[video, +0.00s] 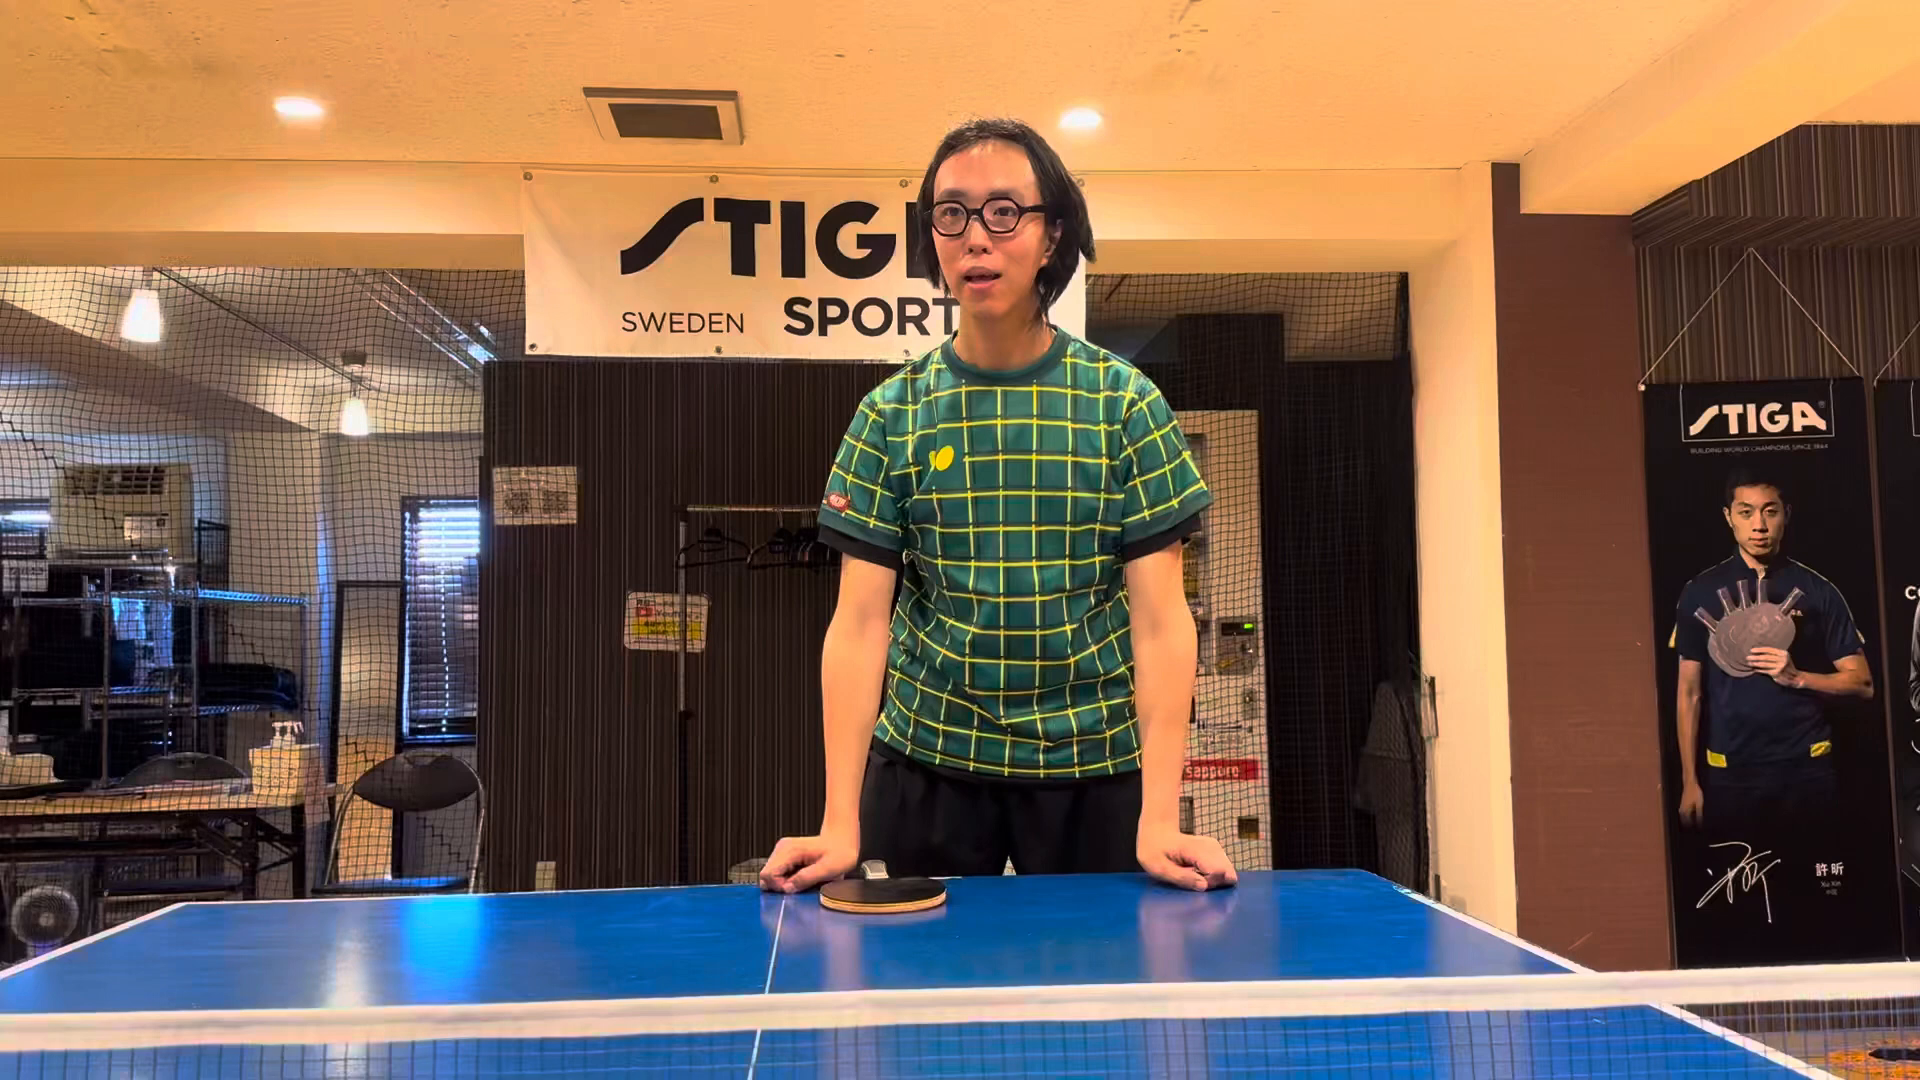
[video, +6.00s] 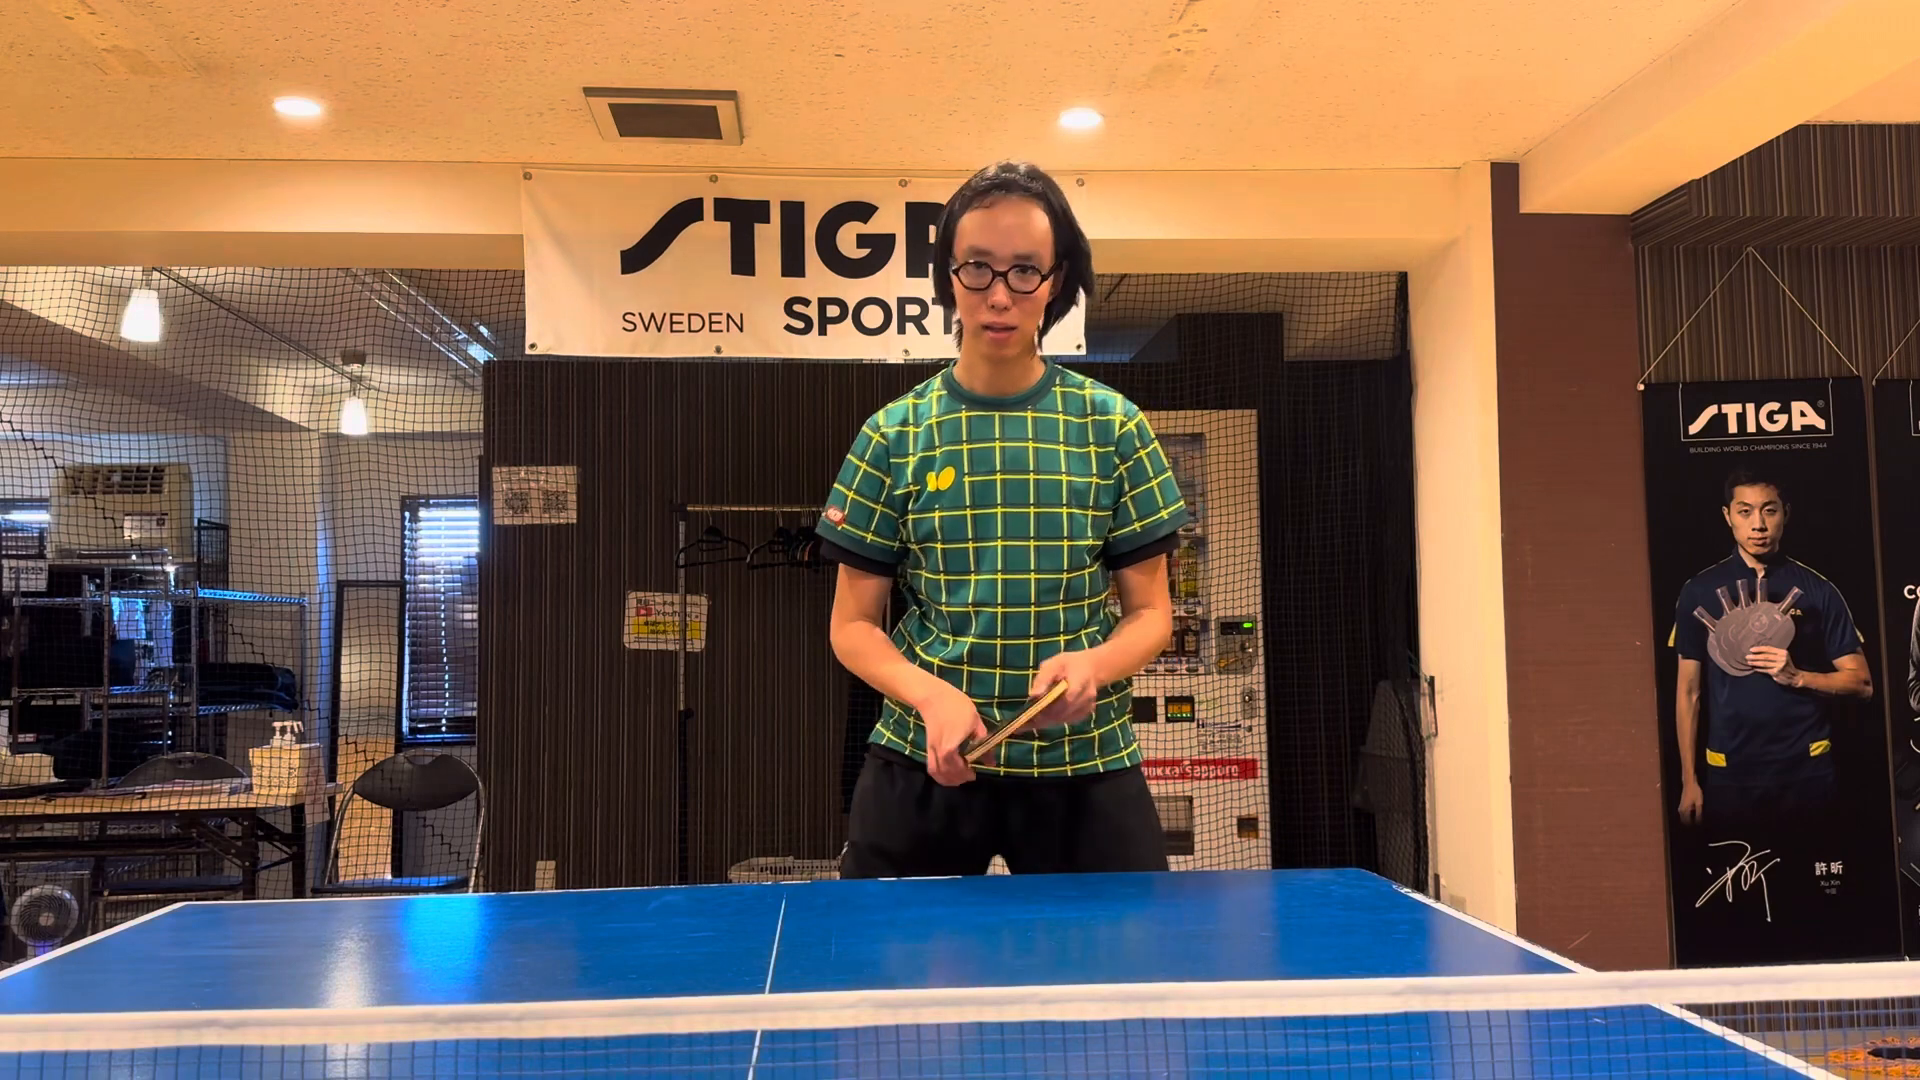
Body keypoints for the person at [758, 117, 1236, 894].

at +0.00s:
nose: (977, 239)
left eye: (1005, 213)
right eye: (954, 216)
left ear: (1054, 237)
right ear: (931, 240)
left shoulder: (1123, 404)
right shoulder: (892, 414)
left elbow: (1160, 621)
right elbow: (858, 625)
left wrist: (1161, 818)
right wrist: (840, 827)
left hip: (1094, 788)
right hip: (926, 786)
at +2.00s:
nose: (956, 276)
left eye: (987, 249)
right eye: (937, 251)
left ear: (1045, 274)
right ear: (918, 271)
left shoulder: (1125, 413)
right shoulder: (887, 424)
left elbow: (1160, 639)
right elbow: (853, 643)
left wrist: (1163, 834)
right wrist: (841, 841)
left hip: (1096, 811)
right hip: (929, 807)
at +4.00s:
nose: (950, 293)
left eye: (980, 268)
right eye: (933, 269)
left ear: (1036, 292)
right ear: (916, 288)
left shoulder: (1117, 433)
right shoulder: (886, 446)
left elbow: (1150, 645)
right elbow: (855, 648)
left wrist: (1159, 833)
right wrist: (842, 842)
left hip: (1086, 770)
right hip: (927, 768)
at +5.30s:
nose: (1001, 248)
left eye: (1029, 228)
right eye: (982, 228)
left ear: (1071, 260)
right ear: (960, 254)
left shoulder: (1129, 420)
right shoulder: (913, 426)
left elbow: (1154, 614)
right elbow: (882, 627)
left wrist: (1135, 751)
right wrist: (906, 763)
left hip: (1095, 776)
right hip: (948, 776)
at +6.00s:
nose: (1000, 293)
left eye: (1026, 270)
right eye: (979, 267)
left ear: (1058, 284)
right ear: (949, 278)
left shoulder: (1112, 425)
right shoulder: (895, 435)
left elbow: (1152, 612)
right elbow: (852, 626)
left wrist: (1095, 664)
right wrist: (929, 693)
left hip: (1084, 779)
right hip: (921, 779)